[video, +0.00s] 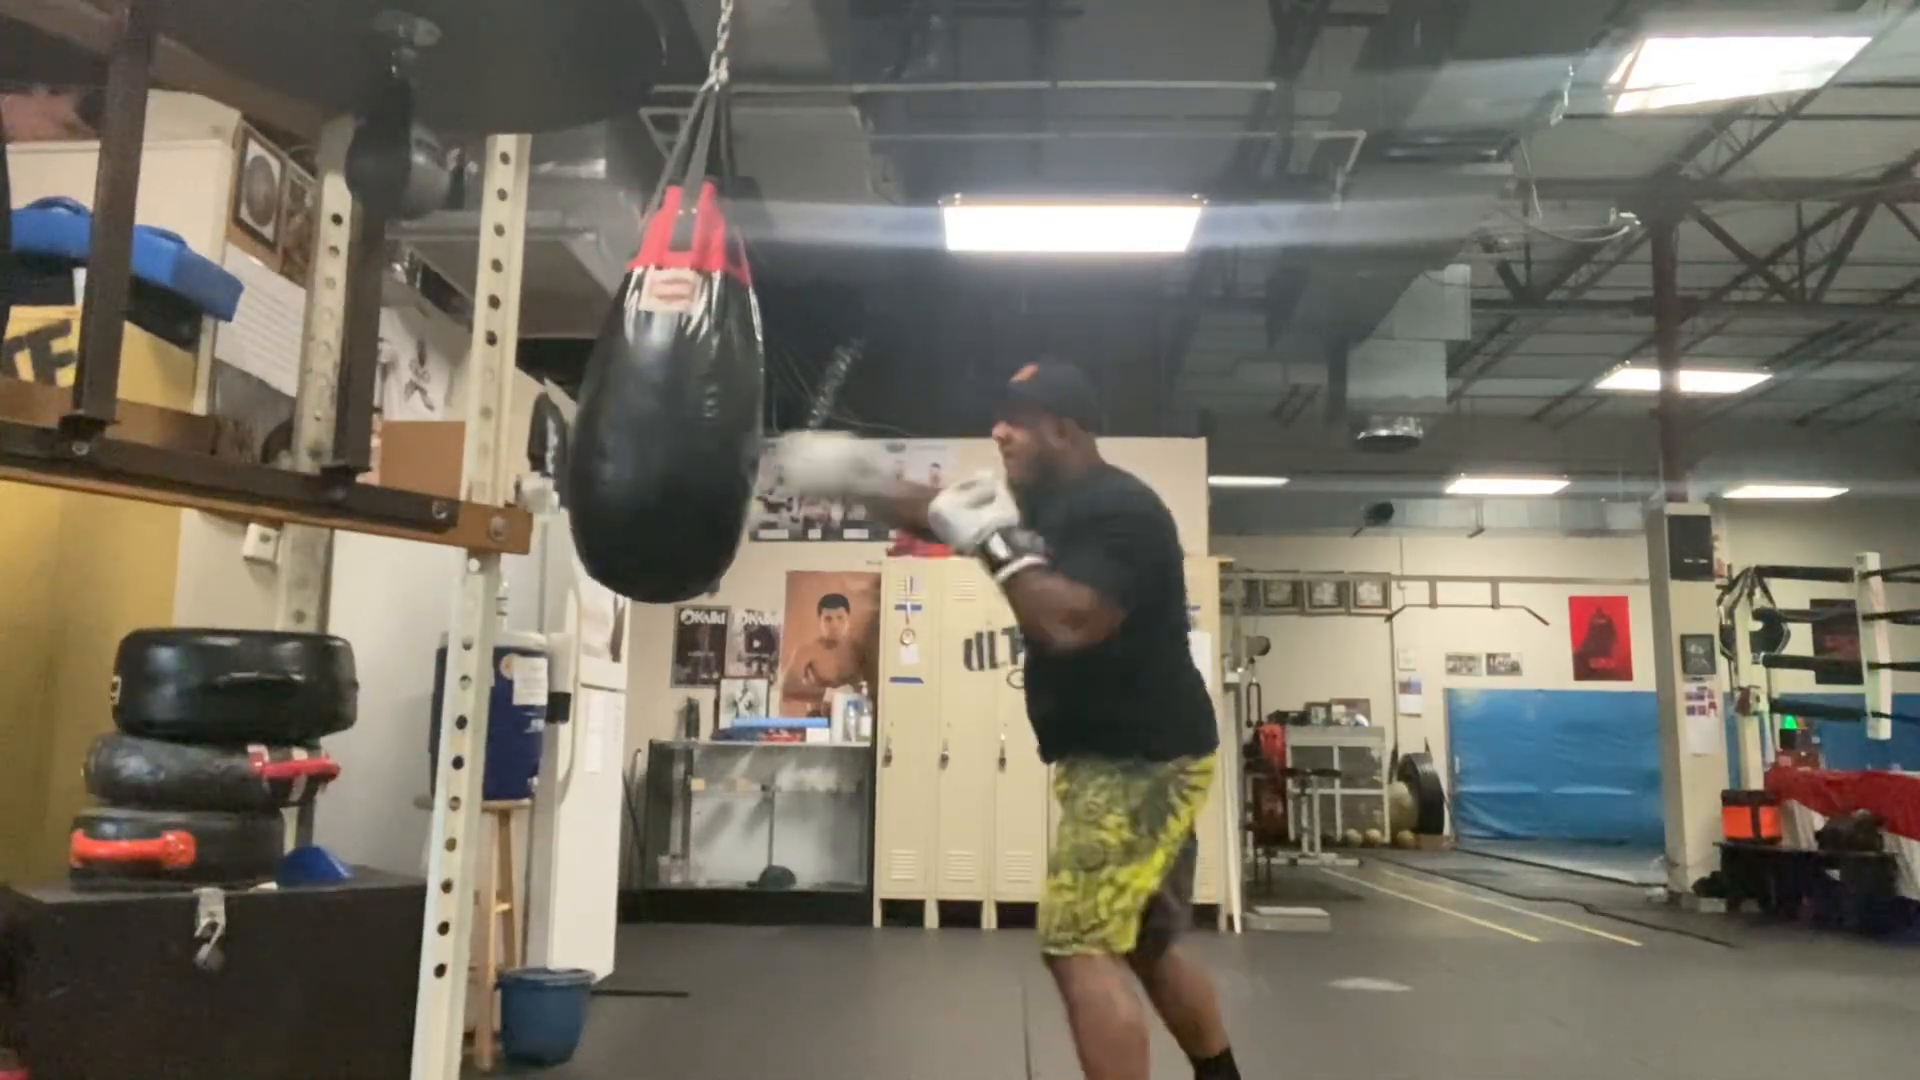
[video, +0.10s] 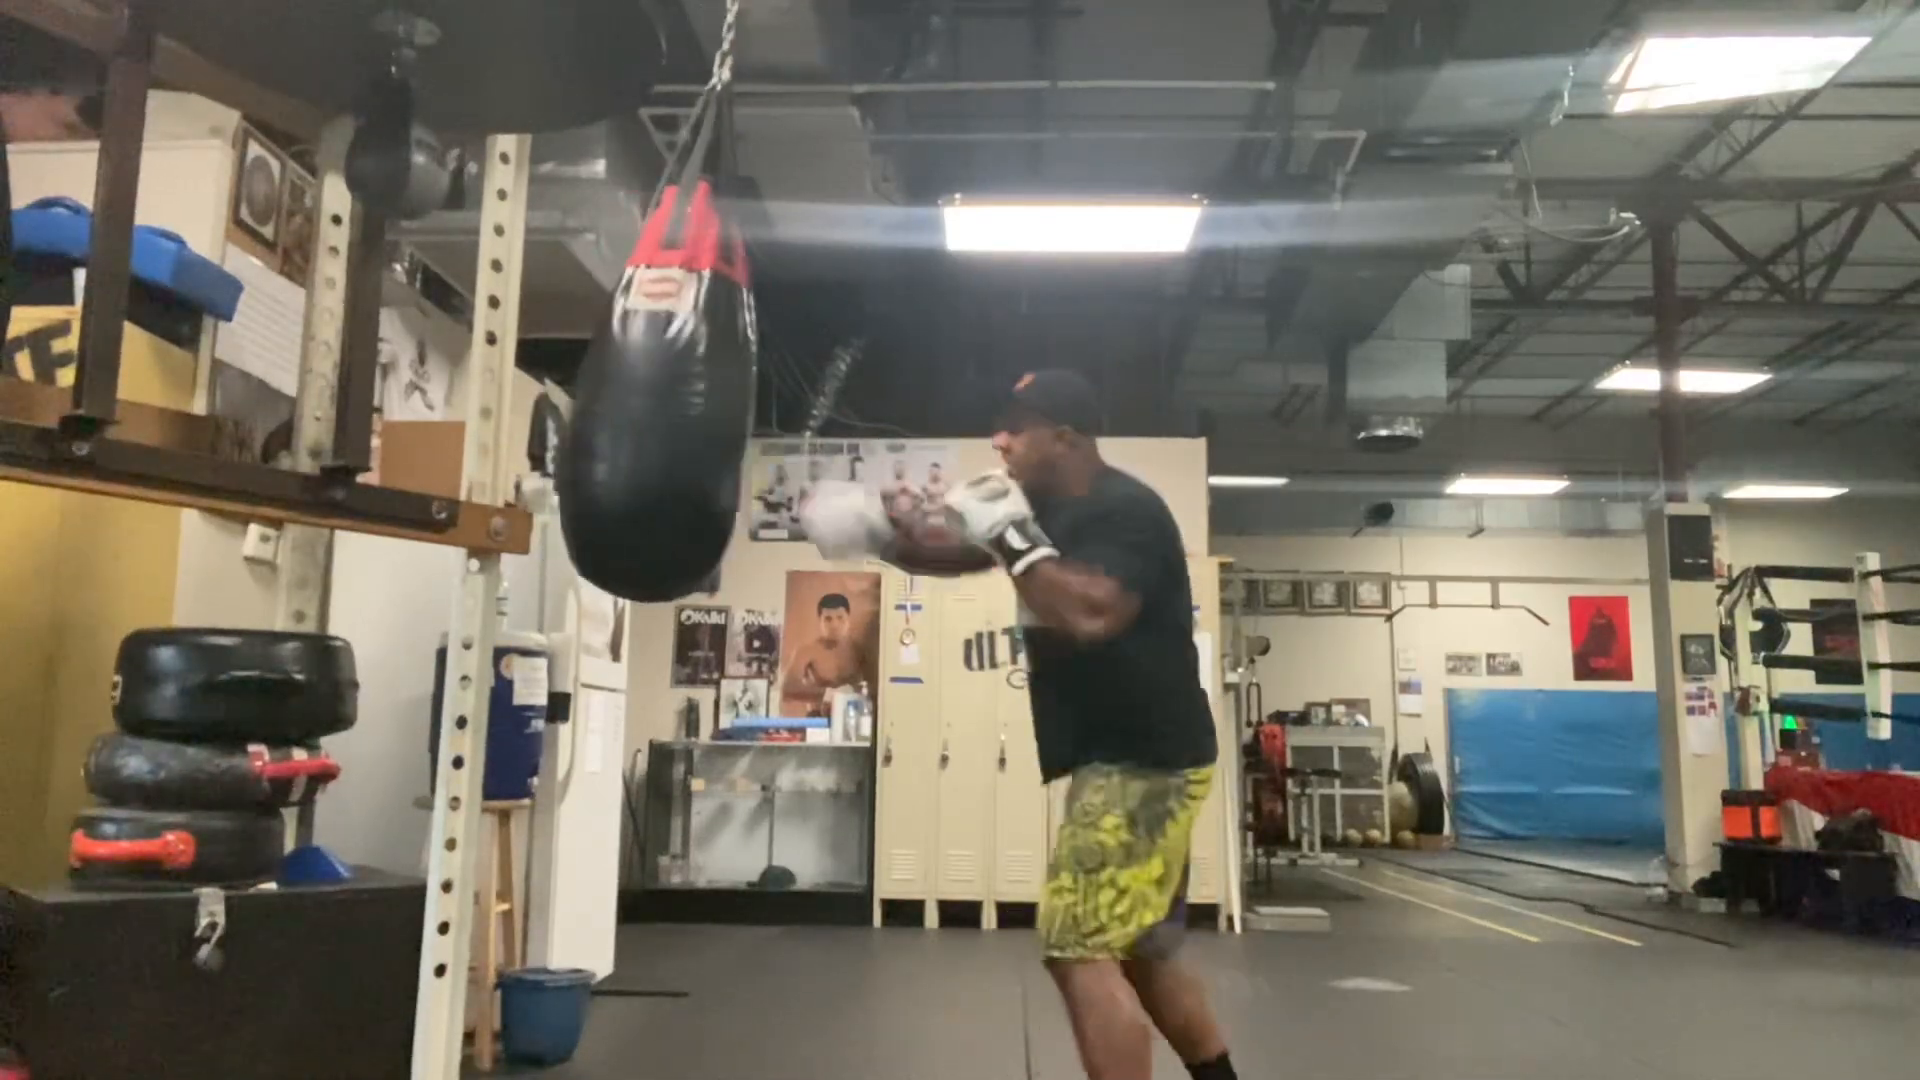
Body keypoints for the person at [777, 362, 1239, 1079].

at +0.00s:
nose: (999, 437)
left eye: (1015, 424)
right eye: (1001, 423)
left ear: (1066, 433)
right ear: (1058, 433)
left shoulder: (1119, 510)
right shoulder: (1047, 503)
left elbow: (1072, 623)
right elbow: (955, 514)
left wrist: (995, 542)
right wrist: (863, 484)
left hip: (1141, 757)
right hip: (1109, 754)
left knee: (1078, 944)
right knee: (1149, 946)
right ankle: (1219, 1072)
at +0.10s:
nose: (1000, 444)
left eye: (1016, 432)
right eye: (1002, 431)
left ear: (1066, 439)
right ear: (1052, 440)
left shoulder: (1128, 511)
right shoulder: (1049, 511)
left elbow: (1092, 612)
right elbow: (959, 552)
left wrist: (1009, 536)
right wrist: (876, 531)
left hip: (1141, 759)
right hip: (1117, 757)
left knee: (1077, 945)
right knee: (1141, 947)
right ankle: (1217, 1072)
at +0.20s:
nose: (994, 427)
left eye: (1006, 412)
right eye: (998, 413)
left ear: (1049, 420)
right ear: (1054, 424)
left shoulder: (1087, 484)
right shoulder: (1088, 494)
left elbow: (1069, 556)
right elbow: (1079, 613)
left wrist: (980, 509)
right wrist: (985, 603)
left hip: (1111, 750)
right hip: (1155, 744)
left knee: (1045, 948)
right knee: (1156, 937)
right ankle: (1220, 1071)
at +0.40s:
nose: (996, 438)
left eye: (1003, 423)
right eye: (997, 423)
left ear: (1044, 425)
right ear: (1072, 429)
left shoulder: (1040, 491)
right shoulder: (1142, 502)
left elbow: (938, 562)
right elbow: (1044, 559)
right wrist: (955, 523)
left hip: (1103, 753)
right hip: (1170, 745)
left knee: (1032, 963)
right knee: (1159, 941)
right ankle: (1217, 1074)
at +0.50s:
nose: (985, 427)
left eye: (999, 413)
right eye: (990, 412)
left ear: (1047, 423)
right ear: (1048, 425)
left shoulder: (1089, 498)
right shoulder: (1052, 495)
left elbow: (1034, 619)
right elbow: (983, 522)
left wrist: (954, 556)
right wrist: (917, 492)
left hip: (1121, 754)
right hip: (1103, 753)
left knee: (1061, 947)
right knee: (1136, 946)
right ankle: (1211, 1073)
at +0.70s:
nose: (959, 420)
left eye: (972, 406)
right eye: (962, 406)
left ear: (1021, 413)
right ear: (1015, 416)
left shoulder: (1065, 479)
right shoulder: (1018, 496)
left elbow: (1051, 564)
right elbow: (969, 588)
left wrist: (963, 519)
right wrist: (914, 568)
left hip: (1093, 748)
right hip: (1114, 744)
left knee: (1046, 953)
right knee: (1142, 946)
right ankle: (1206, 1074)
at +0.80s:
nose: (949, 446)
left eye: (957, 431)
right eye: (949, 432)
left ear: (1002, 425)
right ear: (1033, 427)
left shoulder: (997, 478)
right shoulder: (1096, 487)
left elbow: (860, 492)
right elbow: (1062, 593)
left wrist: (761, 476)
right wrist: (965, 596)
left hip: (1072, 738)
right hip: (1149, 734)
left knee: (989, 954)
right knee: (1124, 930)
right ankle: (1182, 1074)